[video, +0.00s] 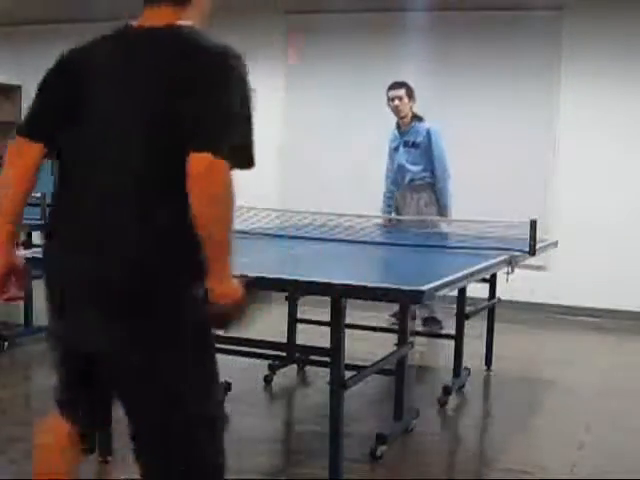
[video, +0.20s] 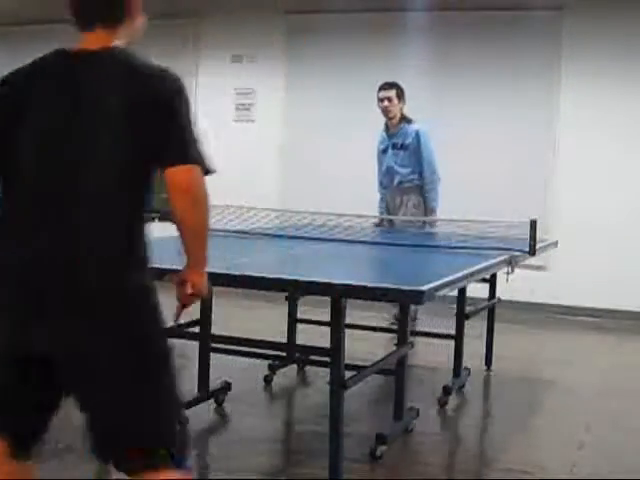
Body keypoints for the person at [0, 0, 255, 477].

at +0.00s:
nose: (209, 7)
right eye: (208, 5)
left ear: (145, 3)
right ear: (198, 4)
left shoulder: (81, 59)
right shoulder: (212, 63)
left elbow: (23, 156)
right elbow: (206, 169)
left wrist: (5, 243)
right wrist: (219, 273)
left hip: (73, 285)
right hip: (158, 293)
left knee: (74, 413)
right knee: (184, 455)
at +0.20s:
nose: (144, 17)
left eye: (143, 11)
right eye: (142, 10)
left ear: (75, 13)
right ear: (133, 11)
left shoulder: (16, 85)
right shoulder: (153, 86)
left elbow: (6, 189)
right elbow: (185, 185)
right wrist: (196, 266)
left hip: (22, 297)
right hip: (111, 300)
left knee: (10, 444)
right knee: (154, 457)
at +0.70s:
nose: (101, 12)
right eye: (102, 8)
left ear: (40, 8)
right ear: (97, 8)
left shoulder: (8, 64)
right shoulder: (125, 74)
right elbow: (153, 162)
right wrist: (145, 221)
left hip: (10, 262)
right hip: (85, 266)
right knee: (84, 415)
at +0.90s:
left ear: (9, 21)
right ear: (63, 24)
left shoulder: (4, 85)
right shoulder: (98, 95)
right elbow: (135, 181)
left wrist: (109, 213)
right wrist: (109, 215)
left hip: (6, 273)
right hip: (69, 274)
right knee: (71, 404)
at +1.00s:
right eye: (44, 38)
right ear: (42, 41)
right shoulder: (71, 108)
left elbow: (109, 191)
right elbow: (112, 191)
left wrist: (90, 205)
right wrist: (85, 207)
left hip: (5, 278)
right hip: (50, 278)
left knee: (62, 399)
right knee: (62, 397)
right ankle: (76, 474)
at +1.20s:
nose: (10, 50)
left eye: (4, 43)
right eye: (12, 43)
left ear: (1, 46)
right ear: (10, 47)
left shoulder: (34, 105)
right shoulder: (33, 105)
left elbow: (56, 189)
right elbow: (57, 189)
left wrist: (26, 197)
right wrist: (22, 199)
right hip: (13, 252)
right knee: (27, 351)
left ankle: (43, 431)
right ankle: (42, 430)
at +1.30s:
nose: (9, 47)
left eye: (6, 41)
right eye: (12, 41)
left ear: (3, 43)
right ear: (10, 44)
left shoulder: (29, 103)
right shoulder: (28, 103)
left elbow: (44, 184)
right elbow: (46, 184)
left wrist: (23, 200)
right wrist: (20, 201)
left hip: (8, 233)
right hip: (6, 235)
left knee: (12, 329)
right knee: (10, 329)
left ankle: (14, 420)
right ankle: (14, 420)